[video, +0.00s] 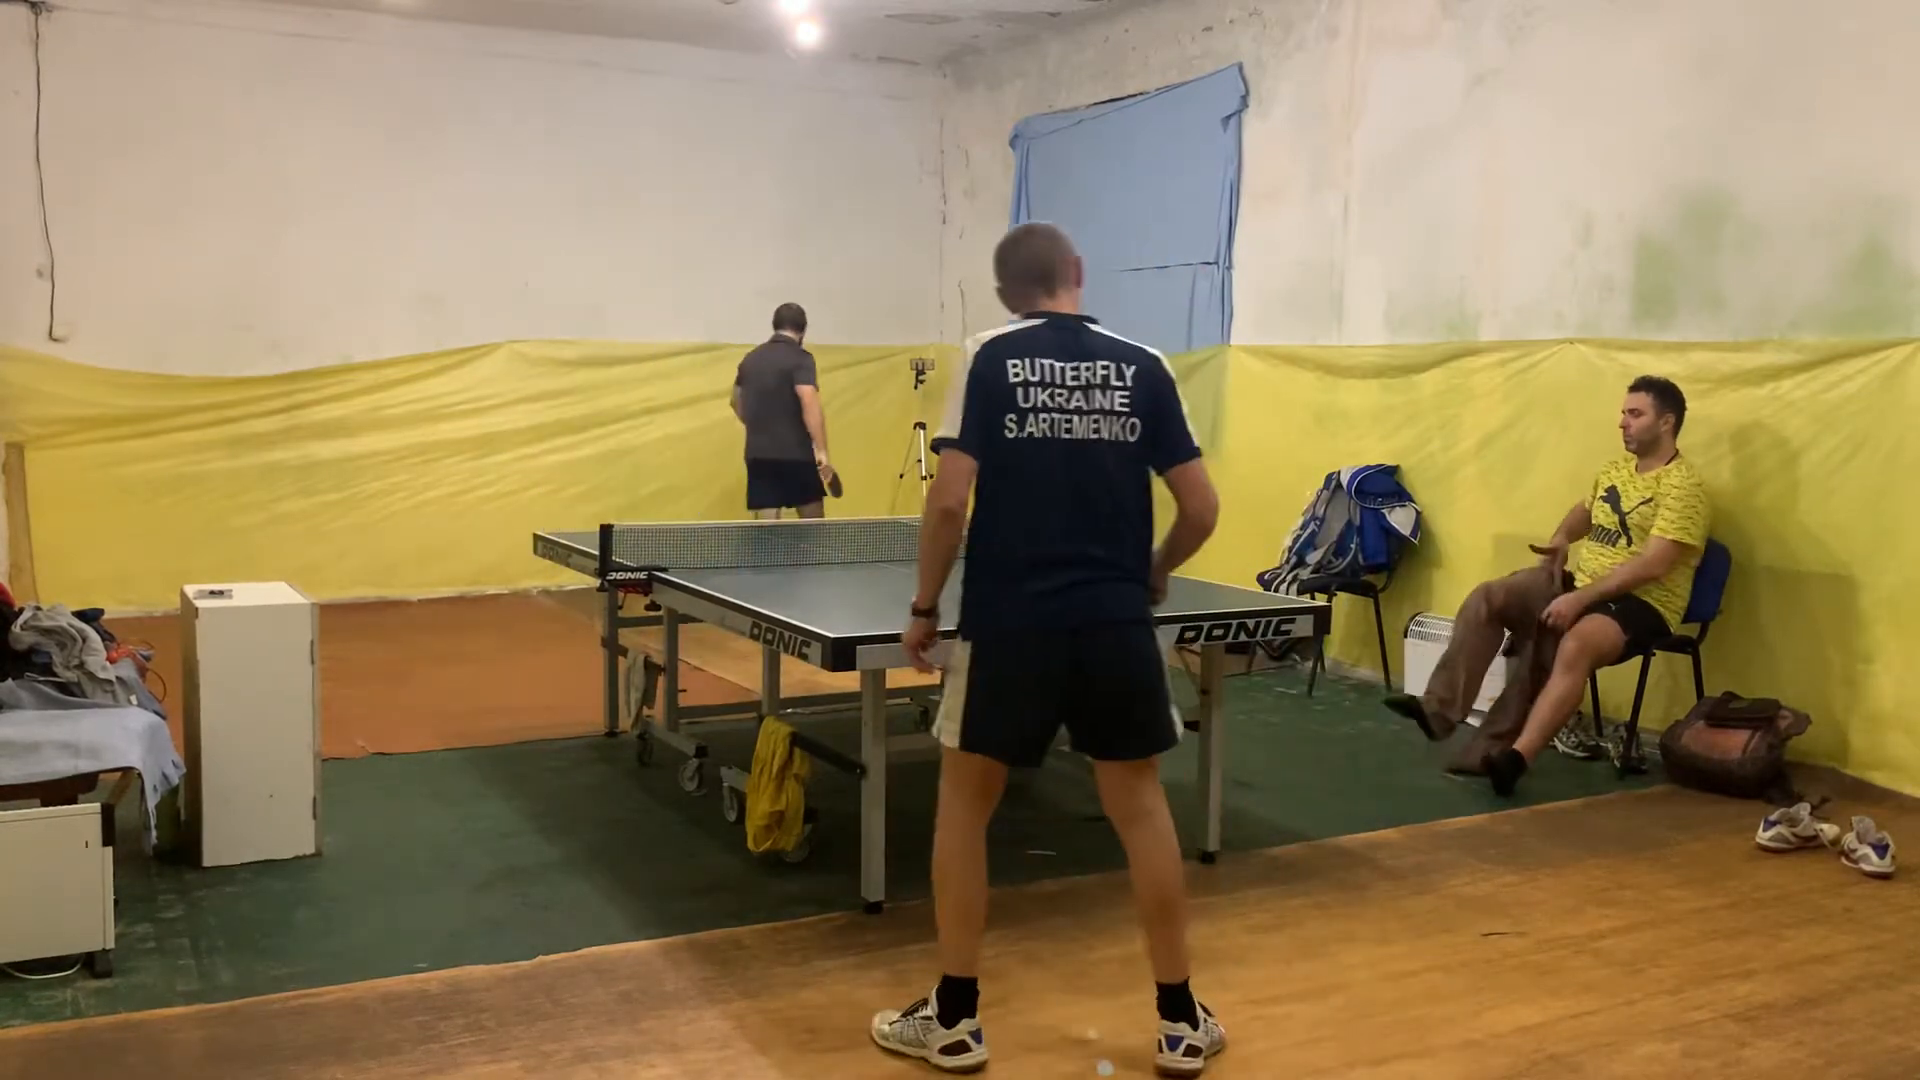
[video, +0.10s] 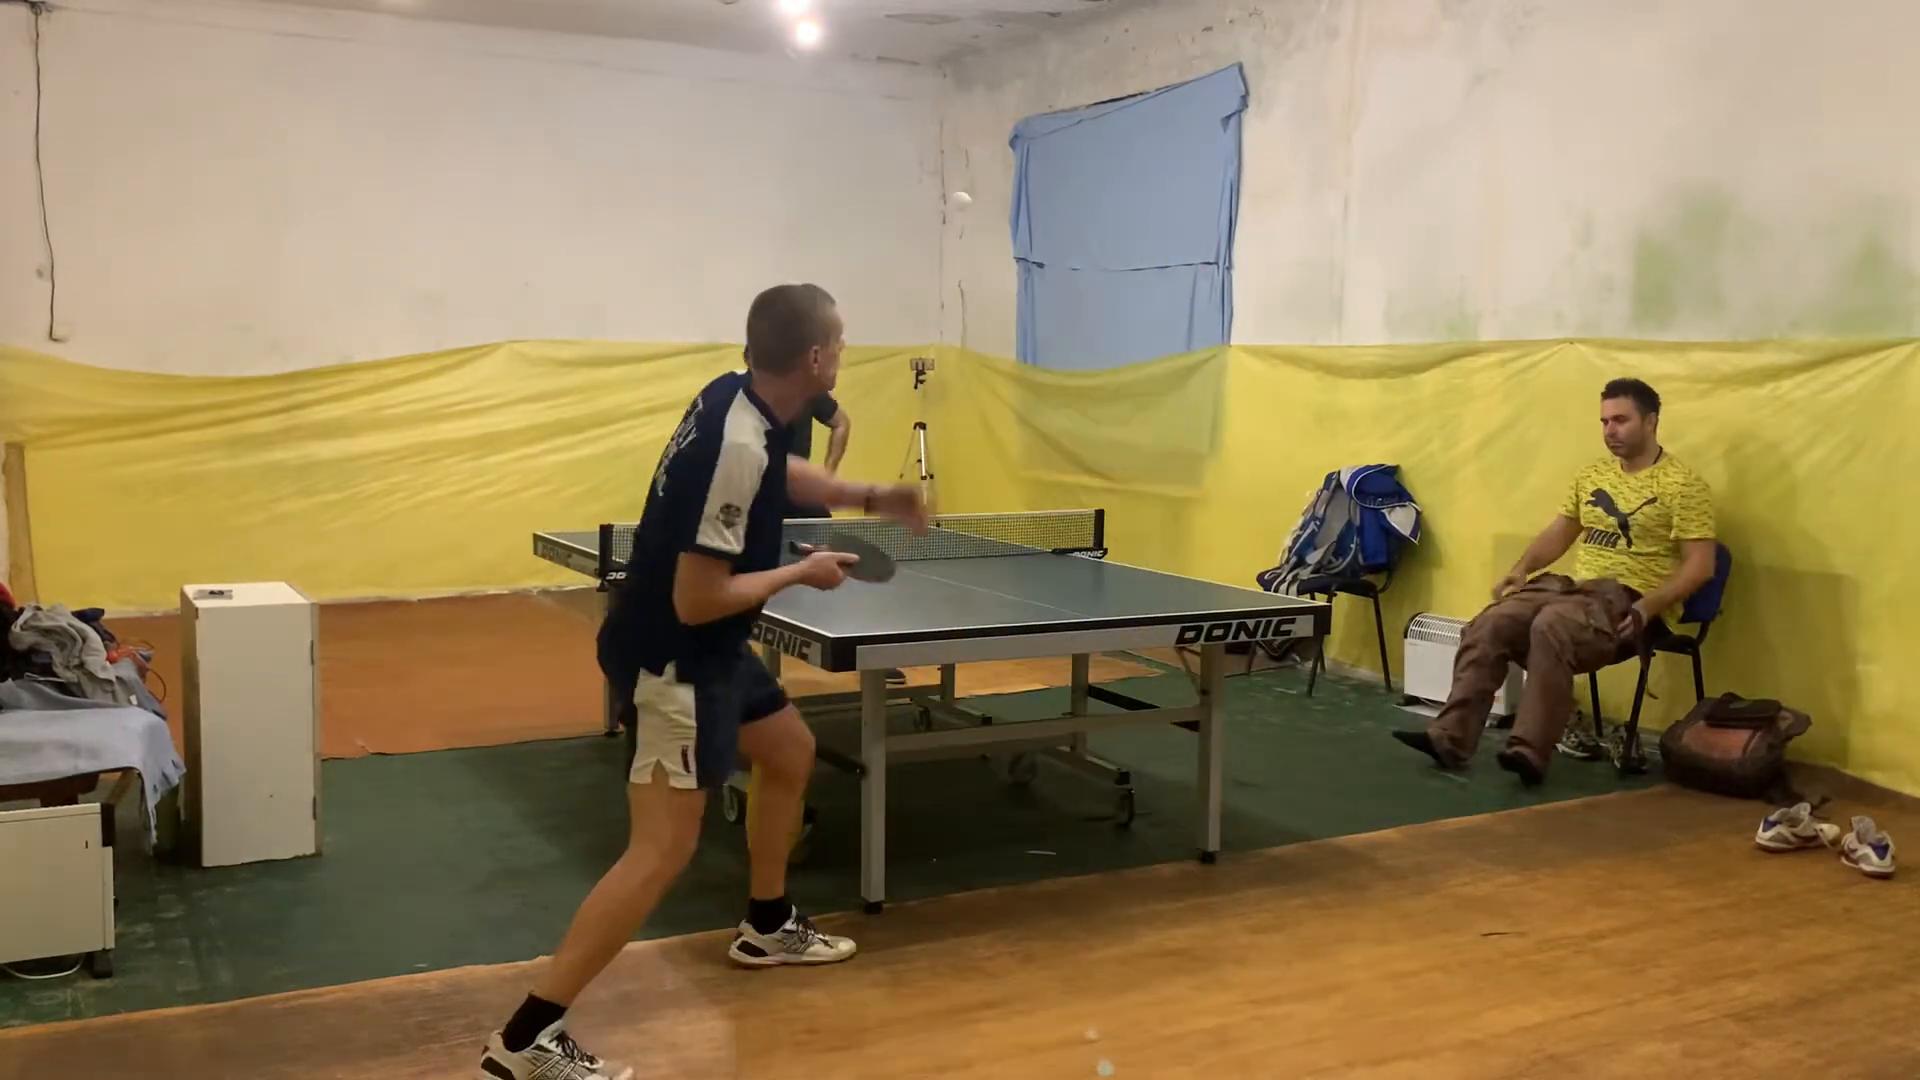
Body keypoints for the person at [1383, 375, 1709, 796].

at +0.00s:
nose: (1623, 422)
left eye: (1634, 414)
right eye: (1624, 413)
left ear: (1668, 423)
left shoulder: (1683, 485)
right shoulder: (1618, 468)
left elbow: (1656, 563)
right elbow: (1587, 512)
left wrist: (1582, 598)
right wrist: (1561, 537)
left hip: (1643, 599)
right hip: (1582, 581)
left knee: (1573, 642)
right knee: (1487, 599)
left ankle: (1513, 757)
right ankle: (1441, 710)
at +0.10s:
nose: (1610, 430)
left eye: (1620, 420)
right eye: (1605, 422)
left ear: (1652, 421)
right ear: (1600, 425)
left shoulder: (1683, 486)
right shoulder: (1593, 475)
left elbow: (1700, 566)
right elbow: (1561, 531)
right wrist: (1522, 568)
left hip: (1630, 603)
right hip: (1574, 591)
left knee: (1552, 628)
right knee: (1490, 623)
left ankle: (1531, 750)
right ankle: (1452, 739)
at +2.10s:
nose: (1598, 429)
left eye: (1608, 419)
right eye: (1595, 420)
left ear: (1642, 421)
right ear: (1594, 423)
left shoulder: (1677, 483)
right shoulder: (1591, 476)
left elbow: (1684, 568)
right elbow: (1560, 546)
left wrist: (1643, 627)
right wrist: (1532, 594)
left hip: (1631, 596)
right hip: (1572, 588)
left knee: (1553, 627)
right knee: (1493, 616)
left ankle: (1531, 750)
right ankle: (1489, 734)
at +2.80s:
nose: (1583, 432)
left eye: (1593, 422)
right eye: (1579, 422)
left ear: (1626, 420)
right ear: (1576, 422)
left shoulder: (1663, 481)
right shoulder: (1577, 476)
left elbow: (1685, 561)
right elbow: (1554, 543)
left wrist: (1644, 622)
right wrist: (1532, 592)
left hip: (1631, 597)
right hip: (1570, 590)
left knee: (1555, 623)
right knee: (1489, 617)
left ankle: (1544, 749)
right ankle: (1493, 734)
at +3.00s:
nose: (1592, 412)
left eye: (1605, 404)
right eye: (1589, 403)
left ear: (1635, 411)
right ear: (1584, 408)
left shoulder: (1655, 472)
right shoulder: (1573, 462)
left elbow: (1639, 548)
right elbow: (1513, 492)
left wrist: (1557, 526)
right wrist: (1534, 449)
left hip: (1637, 601)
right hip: (1572, 593)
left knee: (1580, 651)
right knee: (1474, 630)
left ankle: (1577, 746)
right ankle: (1535, 722)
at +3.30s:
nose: (1587, 413)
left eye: (1599, 404)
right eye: (1585, 404)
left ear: (1632, 412)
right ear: (1582, 408)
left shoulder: (1656, 473)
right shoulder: (1569, 465)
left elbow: (1650, 550)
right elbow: (1531, 526)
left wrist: (1581, 516)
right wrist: (1497, 482)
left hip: (1637, 601)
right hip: (1571, 594)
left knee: (1579, 650)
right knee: (1474, 629)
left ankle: (1577, 745)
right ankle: (1535, 722)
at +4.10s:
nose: (1577, 416)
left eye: (1588, 406)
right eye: (1577, 407)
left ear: (1622, 412)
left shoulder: (1654, 472)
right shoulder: (1571, 468)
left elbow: (1649, 549)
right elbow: (1556, 546)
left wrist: (1580, 517)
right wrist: (1529, 529)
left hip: (1639, 601)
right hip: (1574, 595)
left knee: (1579, 649)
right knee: (1475, 629)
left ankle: (1577, 746)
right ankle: (1535, 723)